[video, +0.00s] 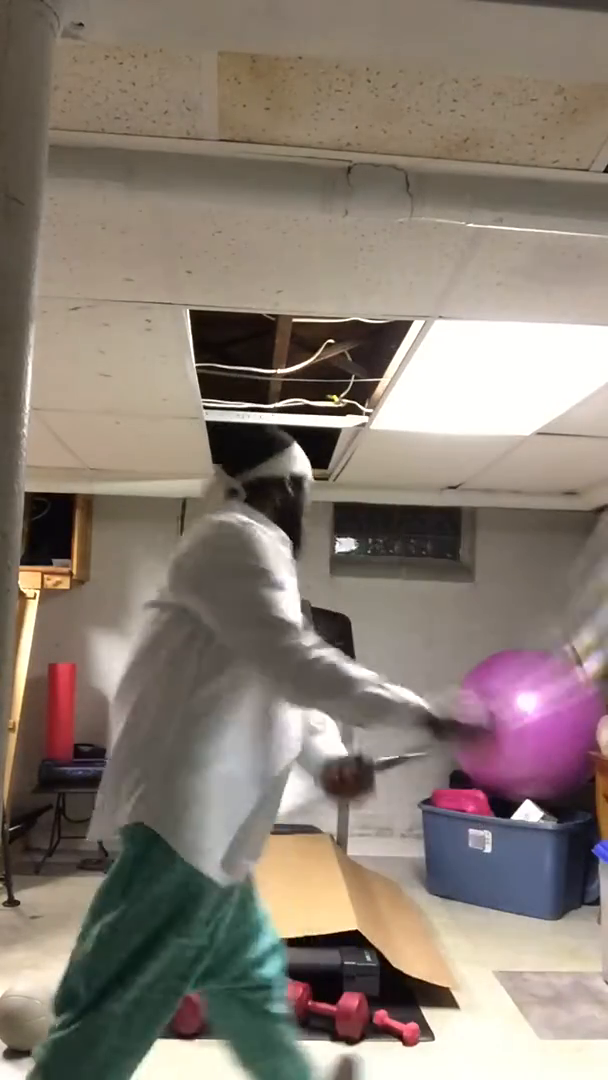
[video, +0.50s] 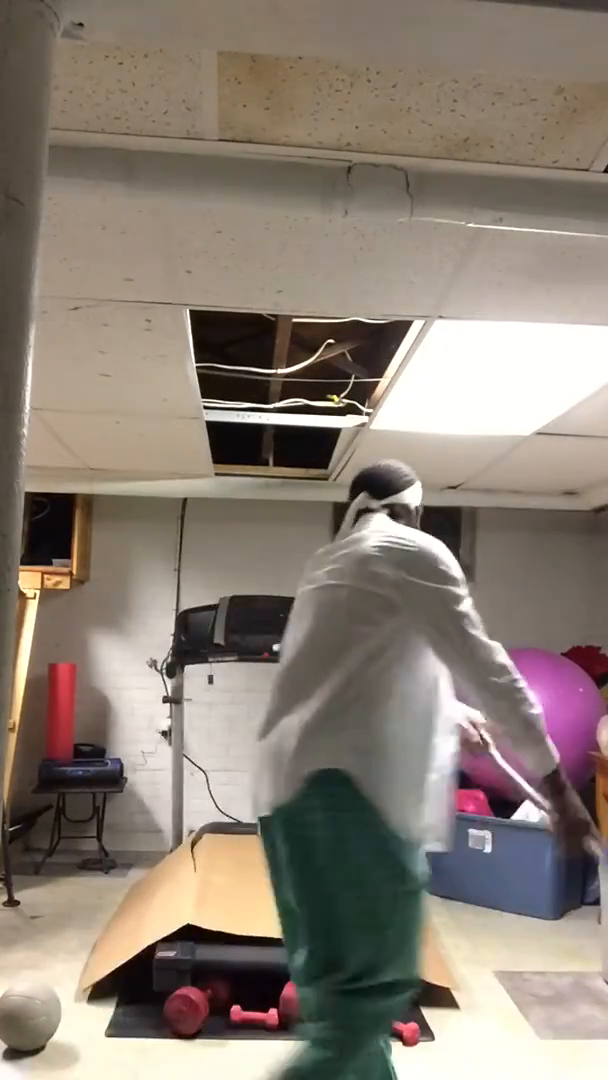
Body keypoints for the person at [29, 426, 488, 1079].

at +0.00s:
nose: (305, 505)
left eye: (305, 490)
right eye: (297, 488)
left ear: (251, 488)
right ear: (267, 486)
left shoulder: (258, 554)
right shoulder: (234, 539)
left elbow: (282, 690)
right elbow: (293, 658)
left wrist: (329, 759)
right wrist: (425, 716)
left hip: (216, 812)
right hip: (181, 805)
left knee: (248, 980)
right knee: (113, 1005)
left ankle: (295, 1075)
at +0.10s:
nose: (335, 535)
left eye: (336, 520)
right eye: (331, 517)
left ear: (276, 509)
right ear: (305, 510)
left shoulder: (261, 569)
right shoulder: (271, 554)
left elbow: (270, 717)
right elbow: (363, 665)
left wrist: (349, 731)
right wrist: (468, 792)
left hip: (228, 813)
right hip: (196, 805)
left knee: (288, 980)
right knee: (132, 1006)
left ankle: (331, 1073)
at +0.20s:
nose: (371, 543)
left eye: (372, 530)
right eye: (365, 528)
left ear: (306, 522)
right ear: (338, 524)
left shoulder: (292, 574)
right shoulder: (317, 558)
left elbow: (294, 721)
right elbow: (398, 684)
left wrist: (387, 734)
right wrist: (475, 830)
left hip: (265, 814)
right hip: (232, 807)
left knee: (314, 985)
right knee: (164, 995)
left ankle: (349, 1074)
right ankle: (87, 1070)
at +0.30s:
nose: (397, 542)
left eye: (397, 532)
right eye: (395, 530)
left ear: (335, 523)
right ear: (382, 526)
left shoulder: (313, 575)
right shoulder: (359, 558)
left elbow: (345, 716)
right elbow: (435, 681)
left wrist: (439, 739)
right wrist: (496, 814)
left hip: (274, 788)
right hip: (279, 785)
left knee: (329, 963)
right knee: (229, 974)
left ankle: (355, 1073)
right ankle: (145, 1066)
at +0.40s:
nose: (414, 534)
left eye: (412, 525)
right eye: (411, 524)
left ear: (347, 523)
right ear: (401, 521)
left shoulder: (329, 571)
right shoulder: (390, 557)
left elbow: (374, 705)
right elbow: (466, 679)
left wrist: (463, 737)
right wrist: (538, 803)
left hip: (308, 794)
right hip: (307, 792)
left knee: (347, 987)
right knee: (299, 996)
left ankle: (361, 1072)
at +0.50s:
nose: (421, 521)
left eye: (419, 513)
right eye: (419, 512)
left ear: (355, 509)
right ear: (410, 509)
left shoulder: (327, 562)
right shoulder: (412, 551)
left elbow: (362, 675)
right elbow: (490, 673)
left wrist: (453, 717)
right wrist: (559, 792)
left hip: (287, 786)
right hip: (348, 781)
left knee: (332, 983)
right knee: (374, 987)